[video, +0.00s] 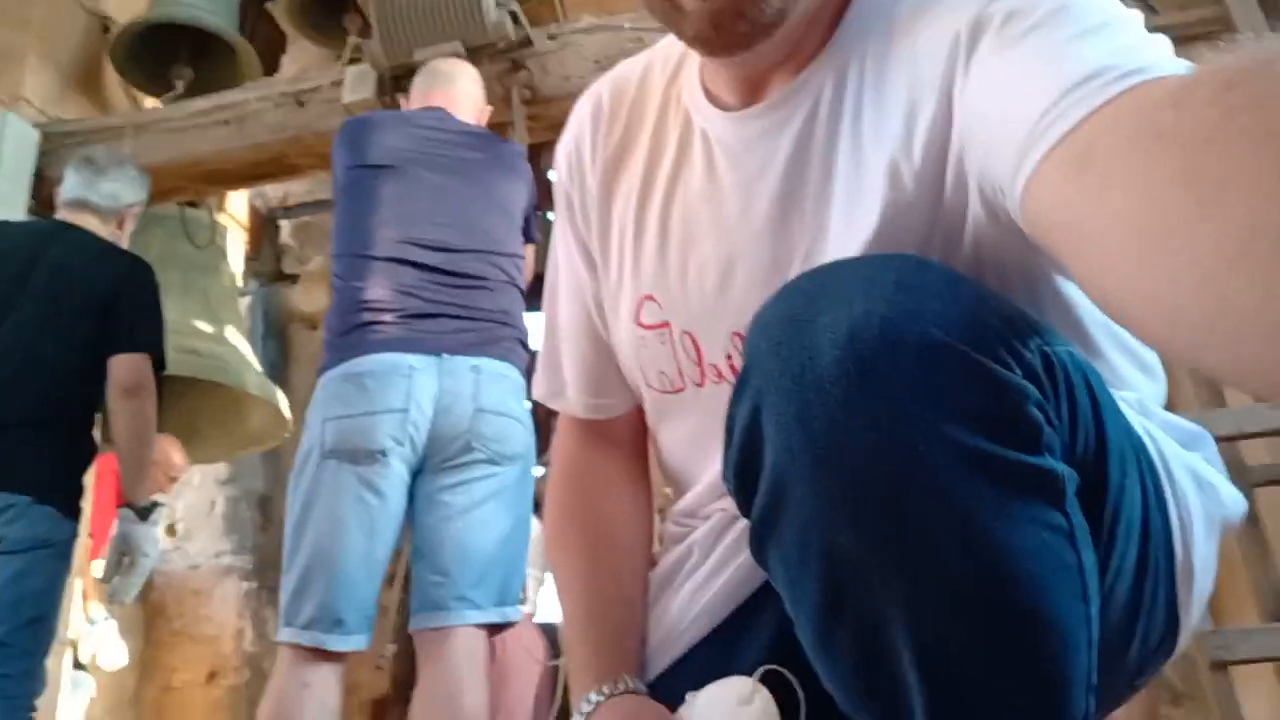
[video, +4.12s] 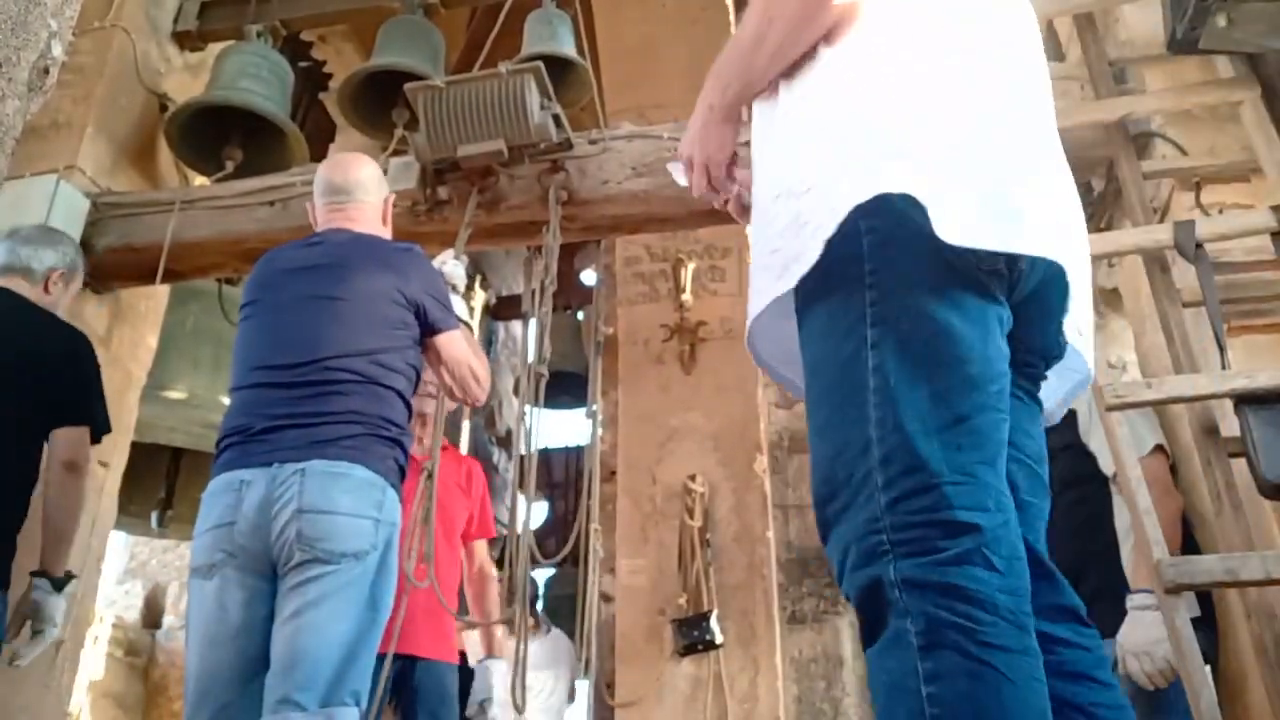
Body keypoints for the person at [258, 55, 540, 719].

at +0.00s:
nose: (487, 118)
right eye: (487, 110)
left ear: (405, 104)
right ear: (486, 116)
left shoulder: (357, 137)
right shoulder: (512, 164)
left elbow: (371, 238)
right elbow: (520, 273)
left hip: (371, 374)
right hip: (492, 379)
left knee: (315, 646)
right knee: (455, 633)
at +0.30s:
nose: (522, 186)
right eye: (524, 179)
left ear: (444, 169)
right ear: (522, 183)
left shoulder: (395, 203)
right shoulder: (547, 234)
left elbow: (403, 301)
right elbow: (553, 339)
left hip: (398, 445)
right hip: (519, 453)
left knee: (341, 698)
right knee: (480, 695)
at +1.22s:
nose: (430, 190)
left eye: (431, 183)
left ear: (438, 186)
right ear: (514, 203)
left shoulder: (388, 228)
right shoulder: (533, 254)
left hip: (381, 464)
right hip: (501, 479)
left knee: (309, 702)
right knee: (467, 704)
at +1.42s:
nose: (414, 203)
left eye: (413, 197)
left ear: (418, 200)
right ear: (495, 212)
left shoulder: (367, 244)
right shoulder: (525, 270)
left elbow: (357, 356)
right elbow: (529, 395)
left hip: (363, 470)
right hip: (482, 481)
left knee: (298, 703)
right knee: (457, 705)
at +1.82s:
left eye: (337, 233)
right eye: (413, 231)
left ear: (337, 238)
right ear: (412, 236)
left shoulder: (295, 280)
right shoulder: (438, 285)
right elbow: (498, 410)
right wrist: (452, 354)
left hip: (273, 483)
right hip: (389, 488)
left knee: (243, 705)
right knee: (386, 706)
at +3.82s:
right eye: (390, 208)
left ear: (310, 218)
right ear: (385, 211)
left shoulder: (265, 270)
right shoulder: (405, 266)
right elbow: (471, 386)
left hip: (230, 489)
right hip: (344, 486)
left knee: (213, 709)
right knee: (308, 707)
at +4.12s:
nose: (394, 215)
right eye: (394, 207)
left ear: (314, 215)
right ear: (388, 209)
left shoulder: (265, 269)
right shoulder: (407, 265)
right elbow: (473, 386)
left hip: (231, 489)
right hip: (345, 485)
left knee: (214, 709)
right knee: (309, 707)